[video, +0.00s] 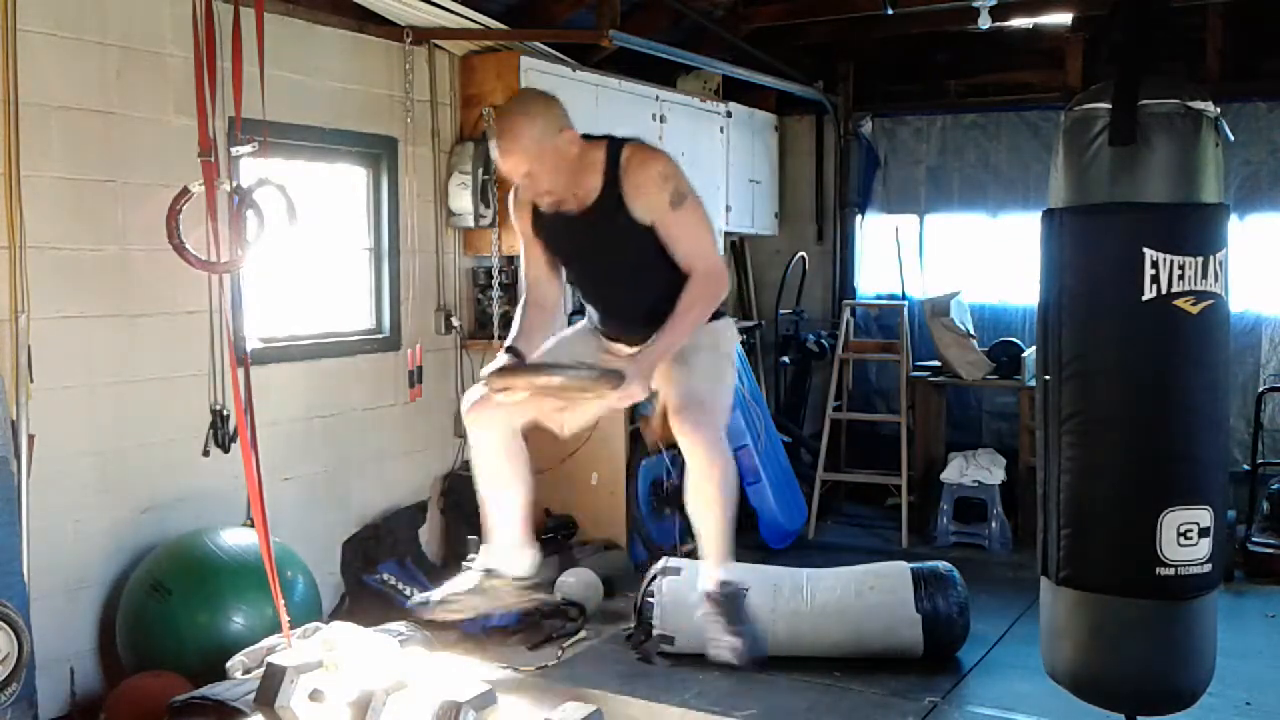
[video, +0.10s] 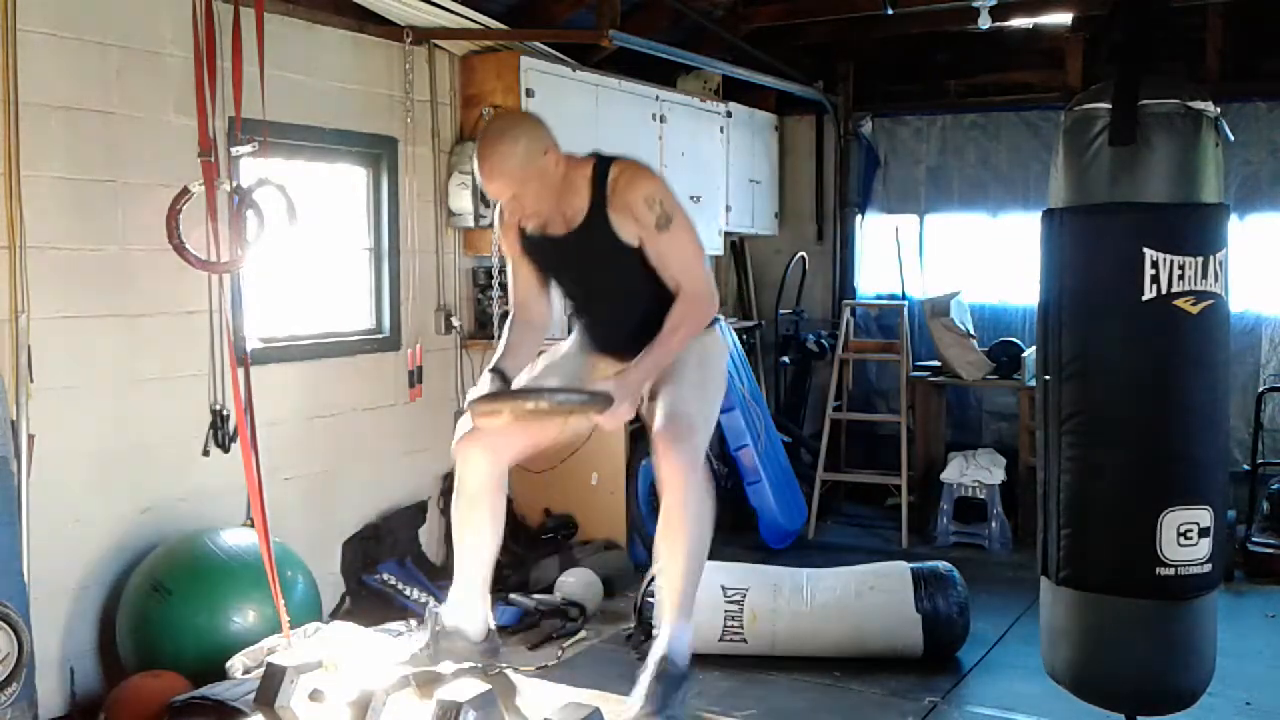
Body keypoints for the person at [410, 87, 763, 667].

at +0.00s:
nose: (524, 194)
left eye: (527, 177)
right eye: (514, 183)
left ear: (567, 144)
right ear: (506, 162)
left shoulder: (646, 172)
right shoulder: (528, 202)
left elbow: (711, 277)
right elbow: (543, 296)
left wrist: (651, 360)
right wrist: (514, 356)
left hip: (690, 330)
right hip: (605, 335)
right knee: (486, 410)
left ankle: (716, 593)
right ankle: (512, 568)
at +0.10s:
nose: (506, 214)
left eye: (508, 197)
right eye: (497, 201)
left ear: (551, 162)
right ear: (494, 180)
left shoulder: (633, 190)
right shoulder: (516, 224)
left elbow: (701, 300)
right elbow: (529, 317)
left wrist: (640, 376)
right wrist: (494, 384)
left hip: (681, 342)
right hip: (595, 349)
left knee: (675, 446)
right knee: (478, 443)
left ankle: (672, 649)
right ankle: (465, 621)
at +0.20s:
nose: (497, 246)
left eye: (501, 229)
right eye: (489, 233)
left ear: (543, 196)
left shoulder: (627, 230)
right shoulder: (505, 255)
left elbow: (696, 328)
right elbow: (524, 341)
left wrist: (635, 400)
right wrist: (492, 407)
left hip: (668, 384)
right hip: (580, 388)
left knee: (647, 477)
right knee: (447, 460)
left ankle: (652, 661)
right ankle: (466, 631)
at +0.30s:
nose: (494, 261)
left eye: (498, 244)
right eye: (484, 249)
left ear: (540, 214)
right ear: (476, 236)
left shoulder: (622, 247)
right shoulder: (503, 274)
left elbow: (693, 350)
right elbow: (521, 358)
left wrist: (626, 427)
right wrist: (484, 419)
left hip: (666, 401)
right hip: (577, 405)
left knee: (647, 477)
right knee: (446, 463)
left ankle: (653, 663)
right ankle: (467, 631)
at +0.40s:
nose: (491, 237)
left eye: (495, 220)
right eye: (483, 224)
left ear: (540, 199)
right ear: (528, 203)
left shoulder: (626, 240)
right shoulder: (506, 260)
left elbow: (693, 348)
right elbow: (524, 345)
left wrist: (628, 427)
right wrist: (487, 410)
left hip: (670, 393)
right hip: (582, 397)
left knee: (646, 477)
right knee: (453, 458)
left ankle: (652, 662)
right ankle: (467, 630)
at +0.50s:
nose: (500, 199)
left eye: (504, 181)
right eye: (493, 185)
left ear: (547, 161)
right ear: (511, 173)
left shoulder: (631, 208)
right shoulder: (515, 230)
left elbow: (699, 313)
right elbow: (533, 320)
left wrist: (636, 397)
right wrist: (496, 384)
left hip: (673, 365)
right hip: (586, 368)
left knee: (656, 470)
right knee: (465, 456)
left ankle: (654, 660)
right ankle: (469, 627)